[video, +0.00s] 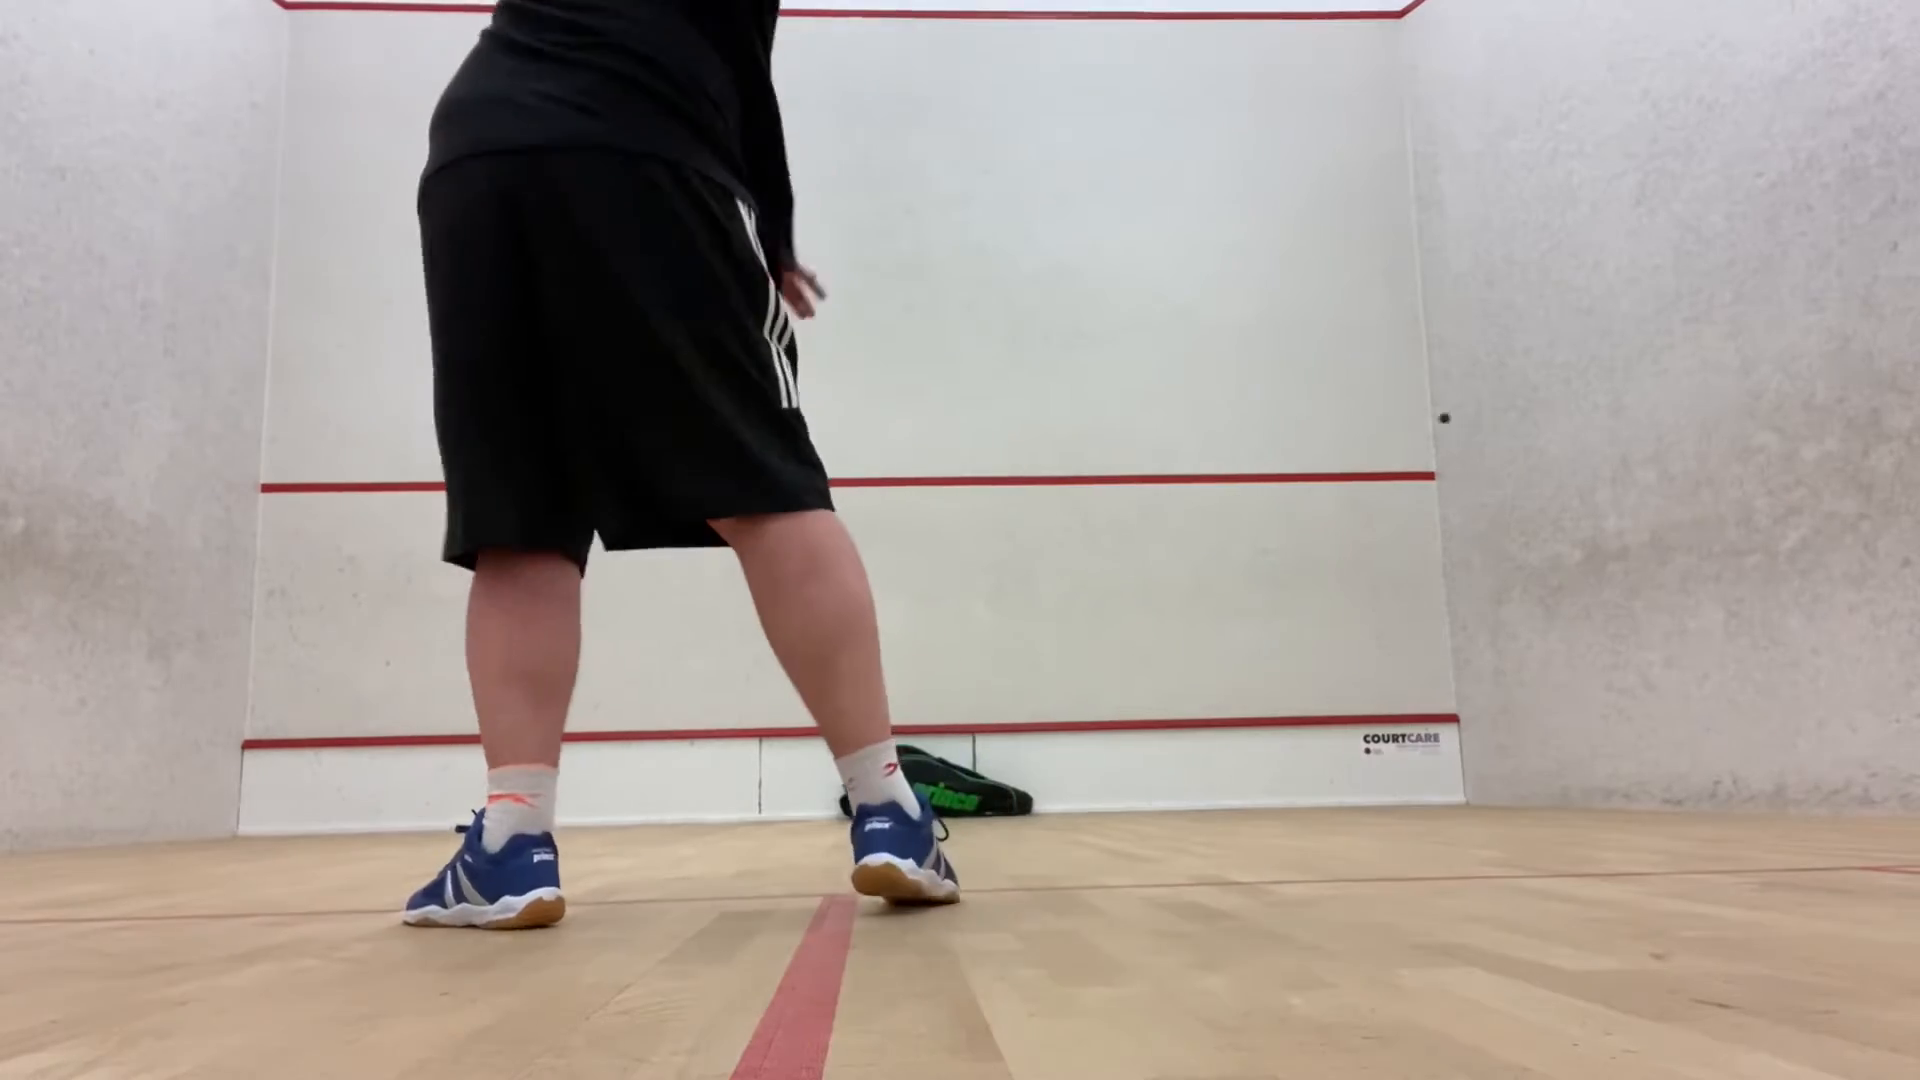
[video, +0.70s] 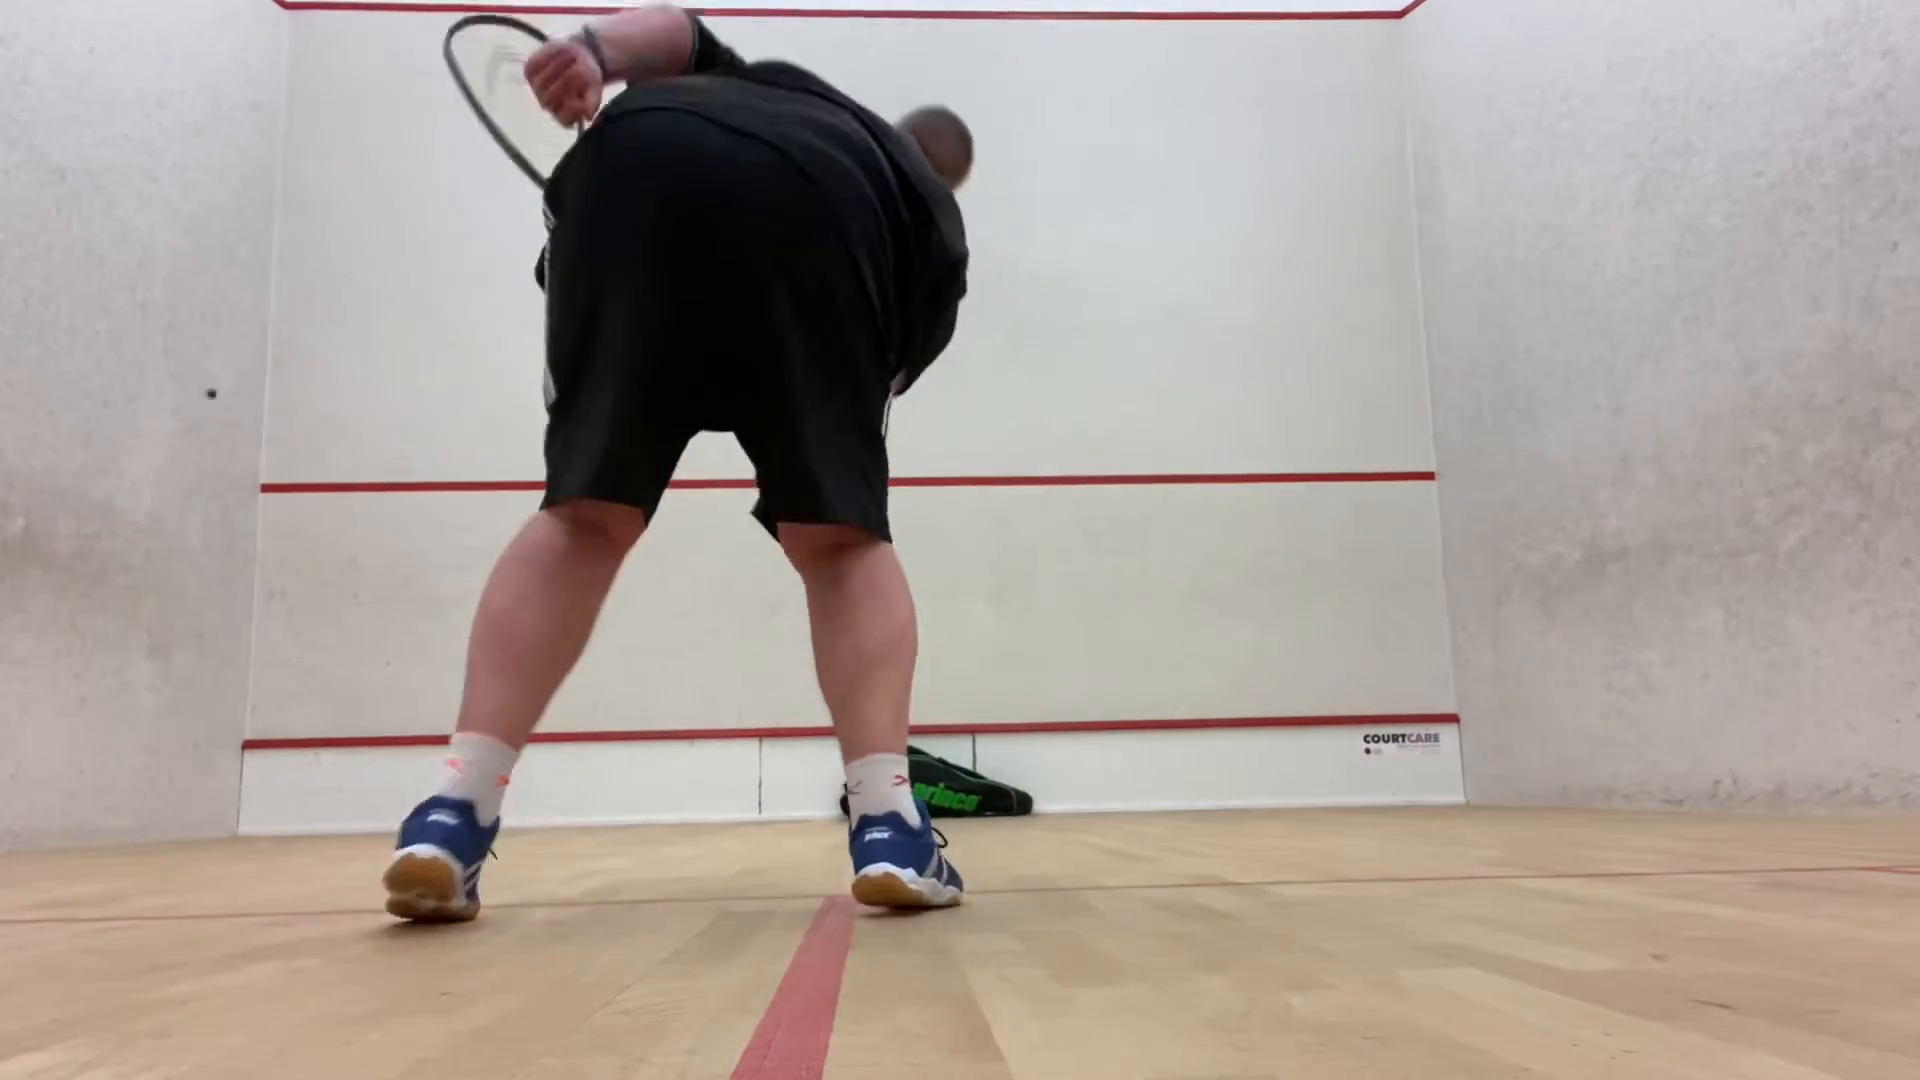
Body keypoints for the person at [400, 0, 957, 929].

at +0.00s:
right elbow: (739, 59)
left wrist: (774, 238)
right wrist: (778, 235)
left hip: (476, 167)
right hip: (649, 166)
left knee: (520, 524)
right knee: (771, 497)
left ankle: (513, 839)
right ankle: (883, 811)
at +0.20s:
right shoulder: (837, 1)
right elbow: (927, 54)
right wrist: (1128, 20)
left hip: (472, 234)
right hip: (655, 249)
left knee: (557, 569)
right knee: (808, 528)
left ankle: (435, 838)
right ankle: (884, 834)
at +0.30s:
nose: (983, 100)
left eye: (987, 78)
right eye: (987, 77)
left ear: (883, 37)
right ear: (956, 67)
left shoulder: (740, 51)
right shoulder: (906, 169)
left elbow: (571, 44)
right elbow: (970, 379)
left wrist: (471, 180)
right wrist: (1150, 345)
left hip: (465, 255)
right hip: (645, 274)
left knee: (571, 570)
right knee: (831, 516)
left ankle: (435, 841)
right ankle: (881, 827)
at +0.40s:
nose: (1005, 229)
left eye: (1019, 213)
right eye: (1017, 210)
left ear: (942, 136)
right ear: (997, 191)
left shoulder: (802, 102)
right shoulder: (917, 261)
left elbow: (623, 68)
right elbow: (964, 474)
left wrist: (524, 203)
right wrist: (1023, 593)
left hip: (481, 223)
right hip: (648, 256)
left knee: (555, 555)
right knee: (838, 524)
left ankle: (419, 827)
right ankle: (884, 832)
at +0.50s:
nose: (998, 296)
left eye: (1008, 283)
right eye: (1010, 282)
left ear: (960, 195)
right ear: (1005, 263)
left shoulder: (825, 155)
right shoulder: (943, 312)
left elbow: (654, 98)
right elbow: (865, 487)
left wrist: (493, 171)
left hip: (536, 194)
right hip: (718, 234)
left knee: (541, 539)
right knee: (842, 533)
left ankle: (417, 823)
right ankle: (883, 833)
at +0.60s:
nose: (975, 273)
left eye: (977, 255)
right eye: (981, 262)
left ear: (929, 191)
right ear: (978, 252)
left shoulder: (817, 148)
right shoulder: (940, 292)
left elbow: (669, 83)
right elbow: (824, 405)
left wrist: (544, 124)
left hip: (593, 162)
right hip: (774, 211)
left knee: (562, 521)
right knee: (841, 535)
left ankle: (426, 825)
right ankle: (883, 827)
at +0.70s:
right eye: (953, 181)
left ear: (894, 127)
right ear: (953, 178)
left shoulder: (783, 87)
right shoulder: (936, 234)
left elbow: (686, 28)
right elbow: (873, 387)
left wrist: (597, 48)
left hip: (631, 159)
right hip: (813, 218)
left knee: (585, 511)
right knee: (840, 537)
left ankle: (458, 810)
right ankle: (885, 818)